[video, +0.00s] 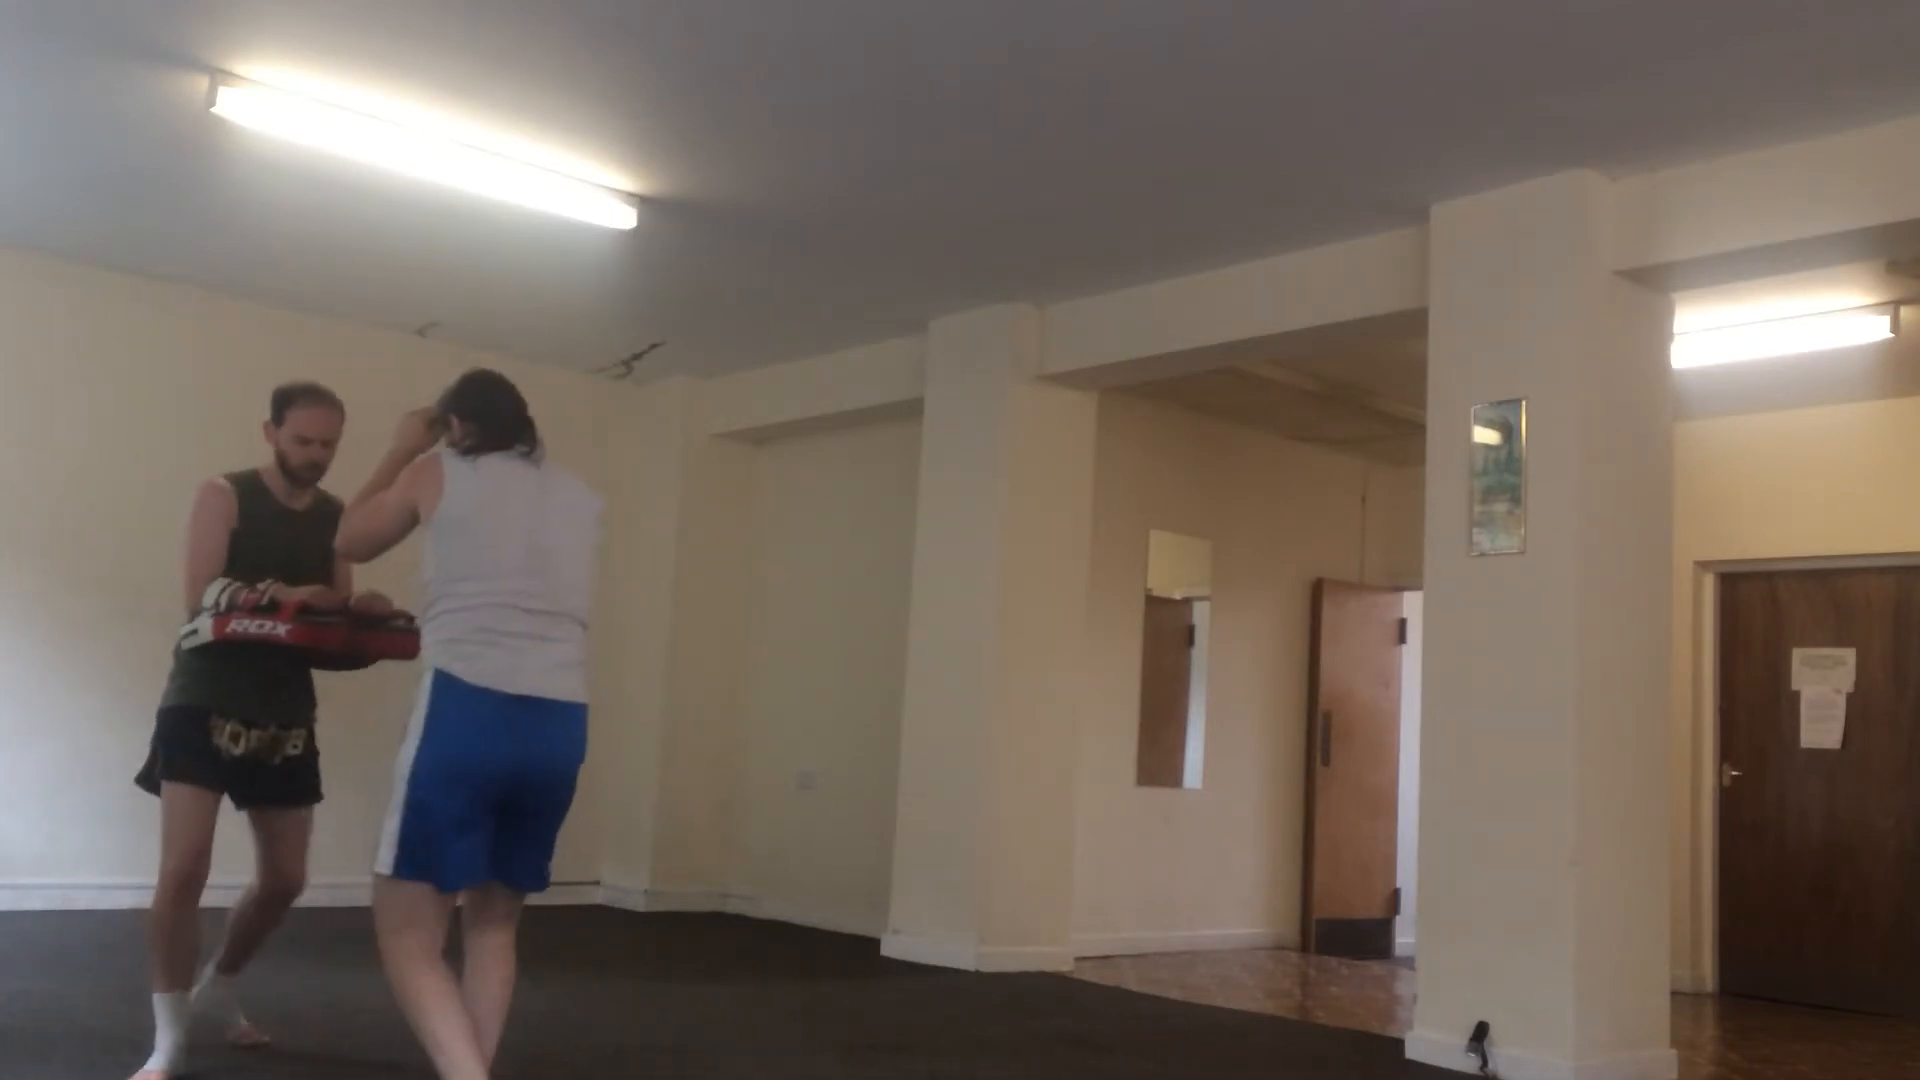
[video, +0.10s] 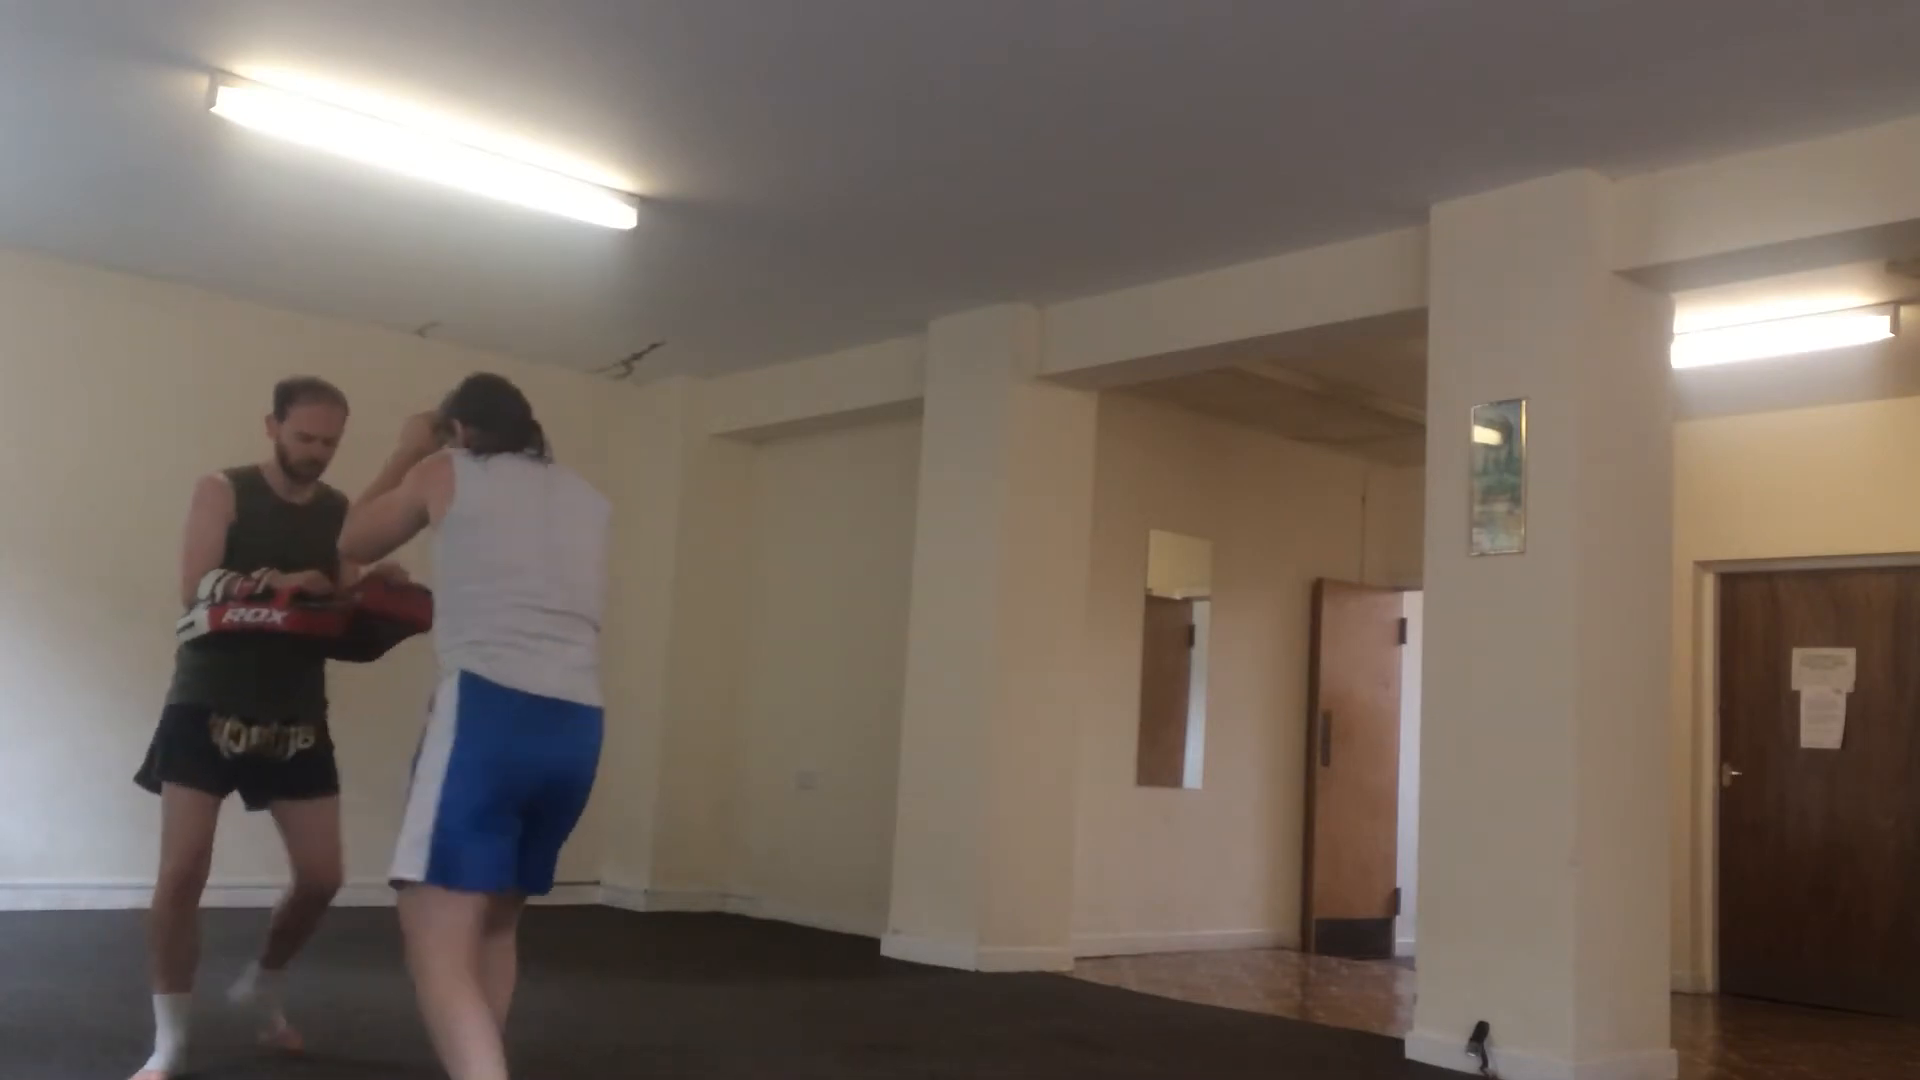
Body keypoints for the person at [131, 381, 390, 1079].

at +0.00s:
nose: (317, 455)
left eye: (329, 445)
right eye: (306, 441)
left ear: (337, 445)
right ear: (271, 432)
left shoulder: (334, 516)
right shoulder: (224, 497)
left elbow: (333, 615)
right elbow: (202, 597)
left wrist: (366, 612)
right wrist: (297, 597)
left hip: (284, 708)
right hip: (205, 702)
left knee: (285, 878)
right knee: (184, 869)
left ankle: (216, 989)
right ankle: (168, 1039)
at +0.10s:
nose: (320, 452)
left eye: (331, 442)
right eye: (309, 437)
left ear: (340, 441)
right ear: (272, 427)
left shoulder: (339, 512)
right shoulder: (222, 493)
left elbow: (339, 601)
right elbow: (198, 593)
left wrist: (379, 588)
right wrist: (295, 584)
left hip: (295, 712)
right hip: (208, 707)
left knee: (321, 880)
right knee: (182, 874)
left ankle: (258, 990)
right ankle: (169, 1040)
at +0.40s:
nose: (357, 459)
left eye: (369, 450)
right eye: (348, 444)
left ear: (380, 451)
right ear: (315, 431)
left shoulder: (377, 514)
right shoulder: (259, 499)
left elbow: (445, 581)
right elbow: (217, 594)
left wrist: (463, 526)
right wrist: (284, 584)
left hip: (351, 728)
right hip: (257, 724)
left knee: (388, 884)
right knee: (171, 884)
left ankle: (392, 1056)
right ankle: (172, 1043)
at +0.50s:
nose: (375, 455)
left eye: (388, 444)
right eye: (364, 440)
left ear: (405, 441)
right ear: (335, 431)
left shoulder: (403, 506)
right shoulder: (288, 499)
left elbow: (472, 583)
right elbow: (225, 585)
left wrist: (465, 498)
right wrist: (236, 625)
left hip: (386, 726)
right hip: (294, 722)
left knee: (427, 878)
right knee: (215, 886)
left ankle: (398, 1050)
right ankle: (151, 1027)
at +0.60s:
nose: (383, 457)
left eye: (396, 445)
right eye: (371, 444)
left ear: (415, 442)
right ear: (346, 439)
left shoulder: (412, 509)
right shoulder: (308, 500)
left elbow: (465, 577)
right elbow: (238, 589)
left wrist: (470, 485)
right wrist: (202, 665)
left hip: (405, 719)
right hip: (331, 719)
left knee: (456, 873)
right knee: (266, 876)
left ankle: (400, 1045)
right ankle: (134, 1017)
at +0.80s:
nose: (400, 447)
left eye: (413, 436)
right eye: (388, 435)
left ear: (432, 440)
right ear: (364, 437)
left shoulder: (430, 518)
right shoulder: (328, 499)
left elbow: (482, 587)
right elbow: (254, 585)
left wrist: (498, 491)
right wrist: (197, 665)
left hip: (426, 723)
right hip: (348, 721)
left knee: (478, 877)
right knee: (277, 878)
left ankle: (404, 1043)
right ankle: (147, 1017)